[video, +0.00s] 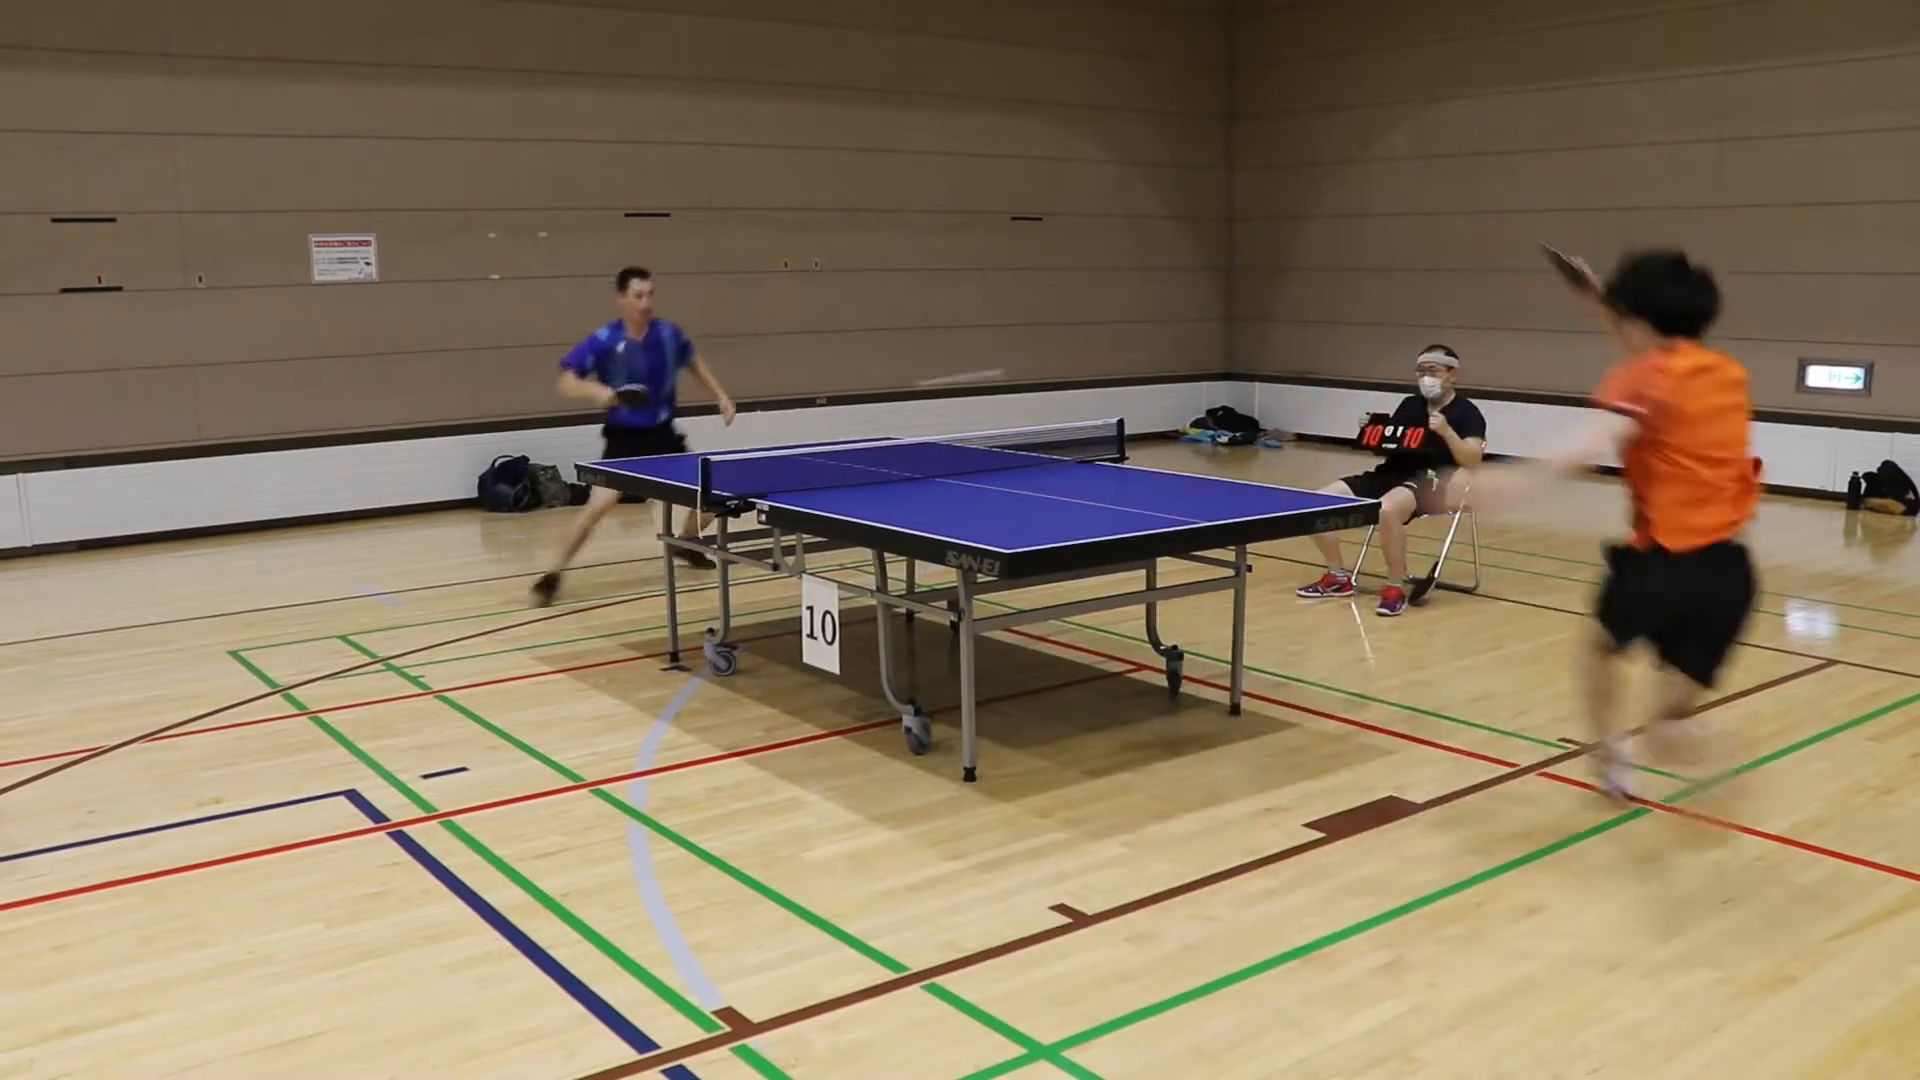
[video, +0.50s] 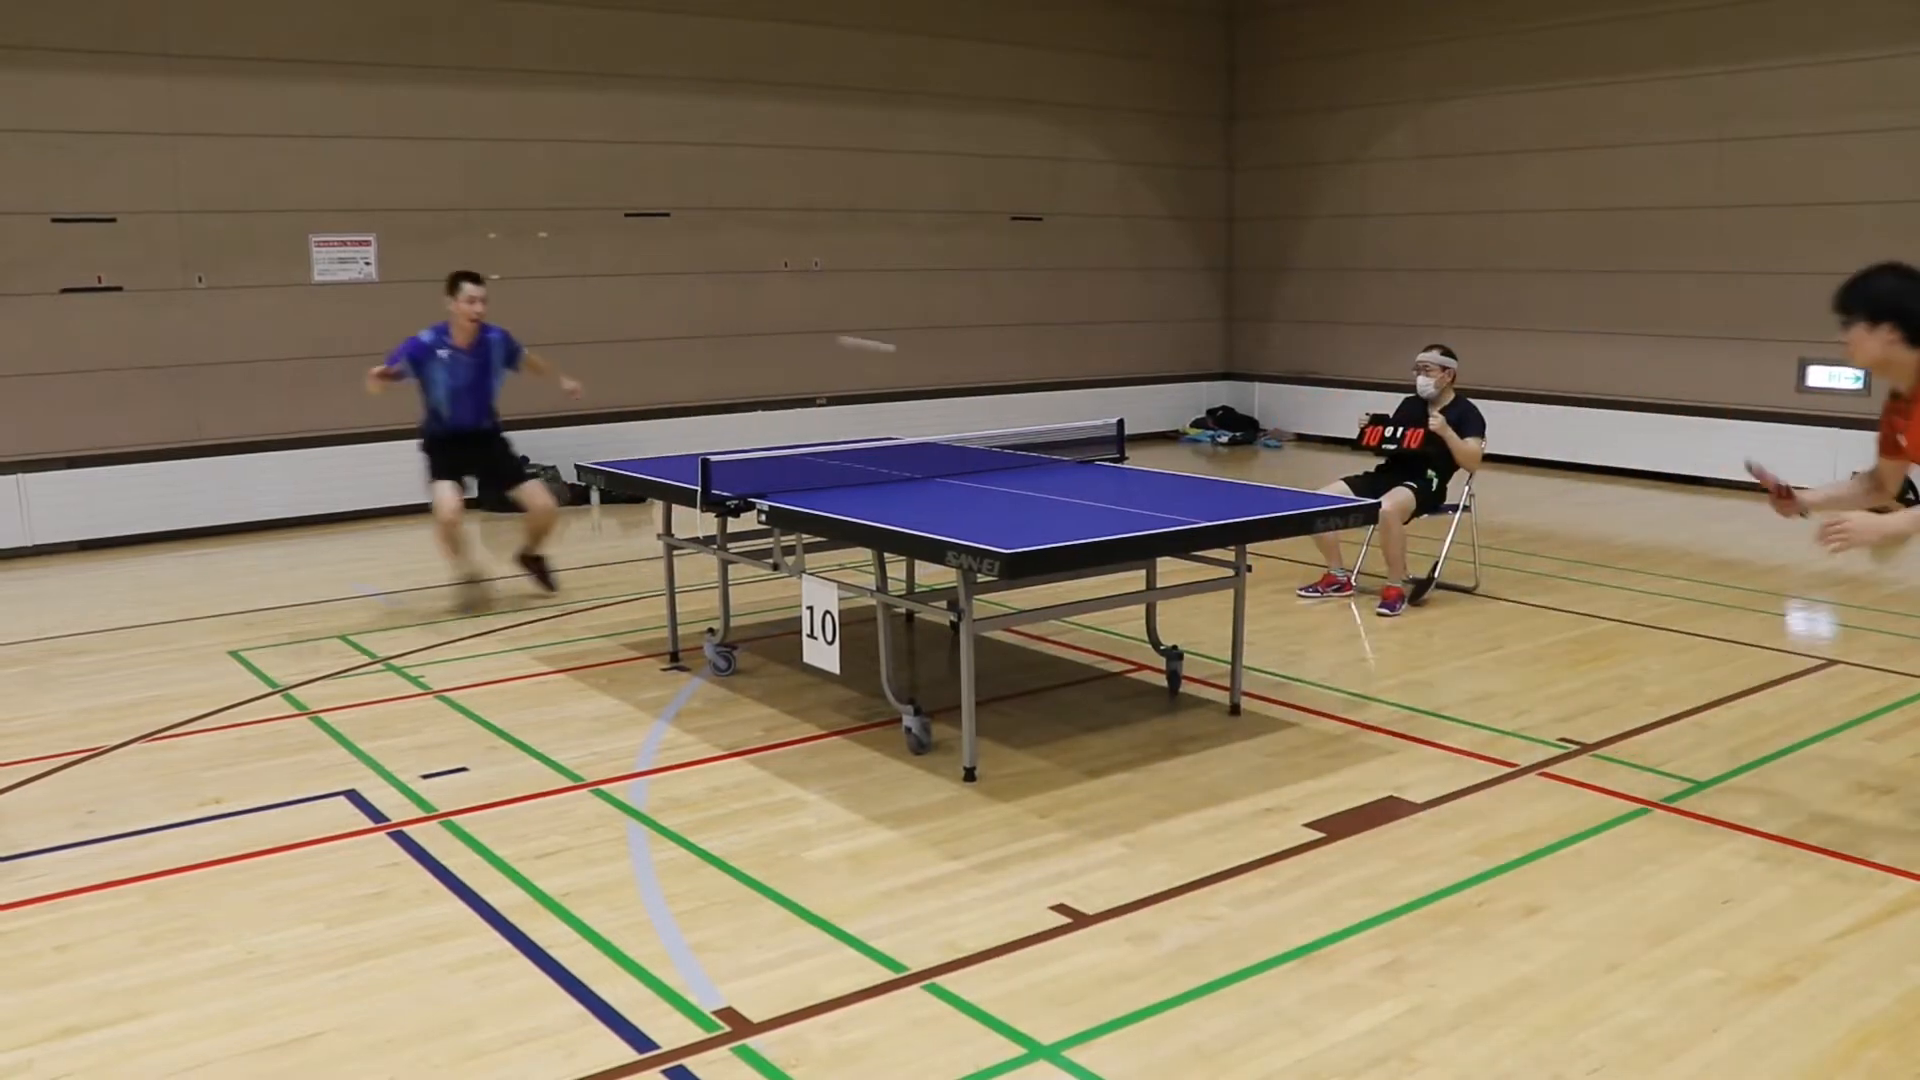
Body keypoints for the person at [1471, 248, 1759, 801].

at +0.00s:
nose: (1620, 332)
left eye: (1623, 319)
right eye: (1618, 321)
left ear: (1644, 320)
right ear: (1691, 315)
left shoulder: (1644, 378)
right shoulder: (1729, 373)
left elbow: (1581, 454)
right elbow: (1660, 356)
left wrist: (1493, 484)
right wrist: (1601, 301)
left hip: (1657, 567)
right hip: (1726, 571)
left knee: (1603, 647)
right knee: (1667, 721)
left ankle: (1611, 759)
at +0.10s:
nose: (1659, 370)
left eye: (1666, 357)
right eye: (1659, 357)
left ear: (1695, 361)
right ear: (1726, 359)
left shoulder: (1700, 413)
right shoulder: (1767, 406)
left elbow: (1725, 489)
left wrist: (1707, 567)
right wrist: (1627, 370)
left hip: (1726, 585)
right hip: (1783, 588)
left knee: (1654, 647)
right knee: (1789, 696)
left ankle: (1642, 772)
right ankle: (1898, 764)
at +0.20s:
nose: (1714, 374)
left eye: (1724, 362)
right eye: (1717, 362)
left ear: (1759, 369)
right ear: (1767, 371)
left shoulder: (1779, 422)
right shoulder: (1811, 414)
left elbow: (1829, 507)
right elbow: (1782, 511)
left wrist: (1803, 599)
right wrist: (1712, 481)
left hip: (1822, 607)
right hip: (1870, 600)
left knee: (1686, 636)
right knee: (1873, 696)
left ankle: (1648, 772)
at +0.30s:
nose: (1767, 368)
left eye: (1775, 355)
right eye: (1767, 356)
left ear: (1809, 360)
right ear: (1811, 361)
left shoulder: (1853, 417)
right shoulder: (1840, 417)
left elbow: (1891, 508)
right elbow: (1825, 510)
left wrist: (1818, 582)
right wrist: (1744, 497)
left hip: (1909, 590)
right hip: (1902, 583)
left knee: (1775, 638)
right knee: (1907, 666)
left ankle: (1698, 772)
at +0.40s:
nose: (1800, 343)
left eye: (1808, 329)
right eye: (1801, 330)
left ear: (1846, 334)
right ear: (1847, 335)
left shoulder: (1896, 390)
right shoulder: (1874, 395)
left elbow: (1916, 492)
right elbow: (1860, 488)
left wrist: (1830, 551)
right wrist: (1782, 492)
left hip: (1919, 573)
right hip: (1915, 570)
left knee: (1848, 649)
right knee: (1848, 648)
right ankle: (1902, 800)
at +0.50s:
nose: (1842, 336)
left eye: (1850, 324)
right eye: (1845, 325)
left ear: (1890, 331)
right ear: (1889, 332)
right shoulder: (1901, 403)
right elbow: (1882, 485)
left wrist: (1884, 526)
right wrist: (1804, 501)